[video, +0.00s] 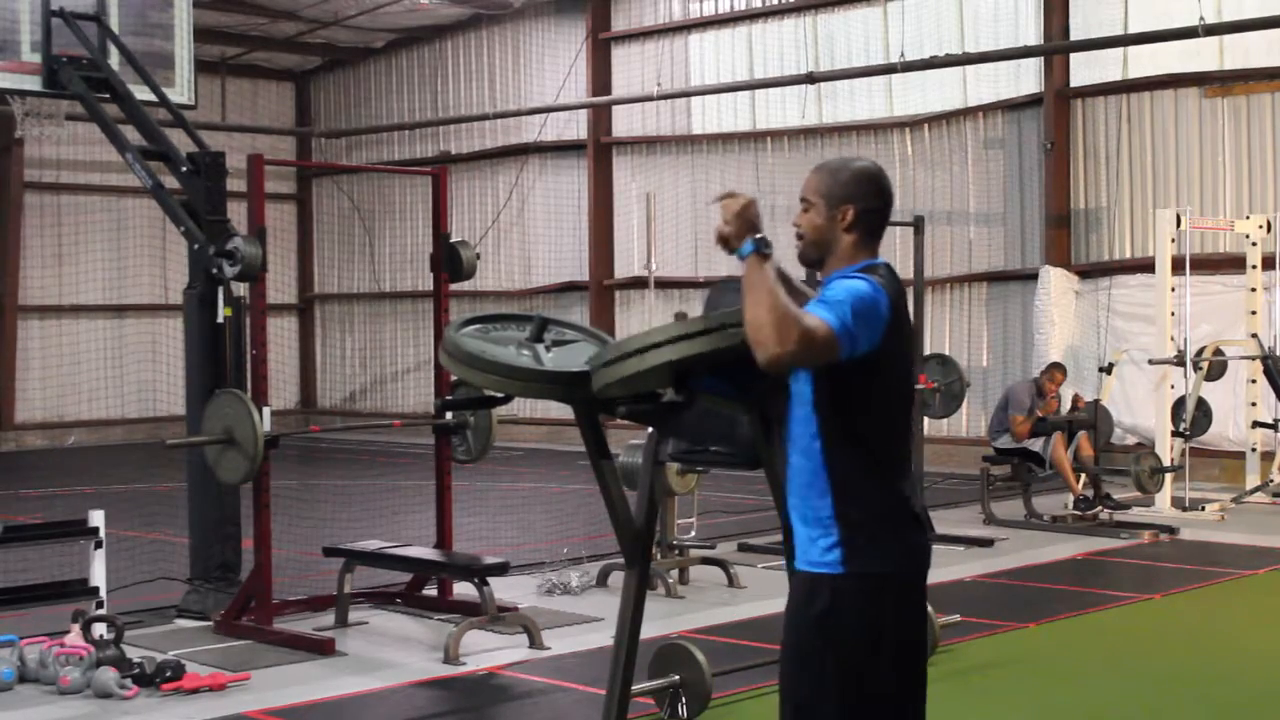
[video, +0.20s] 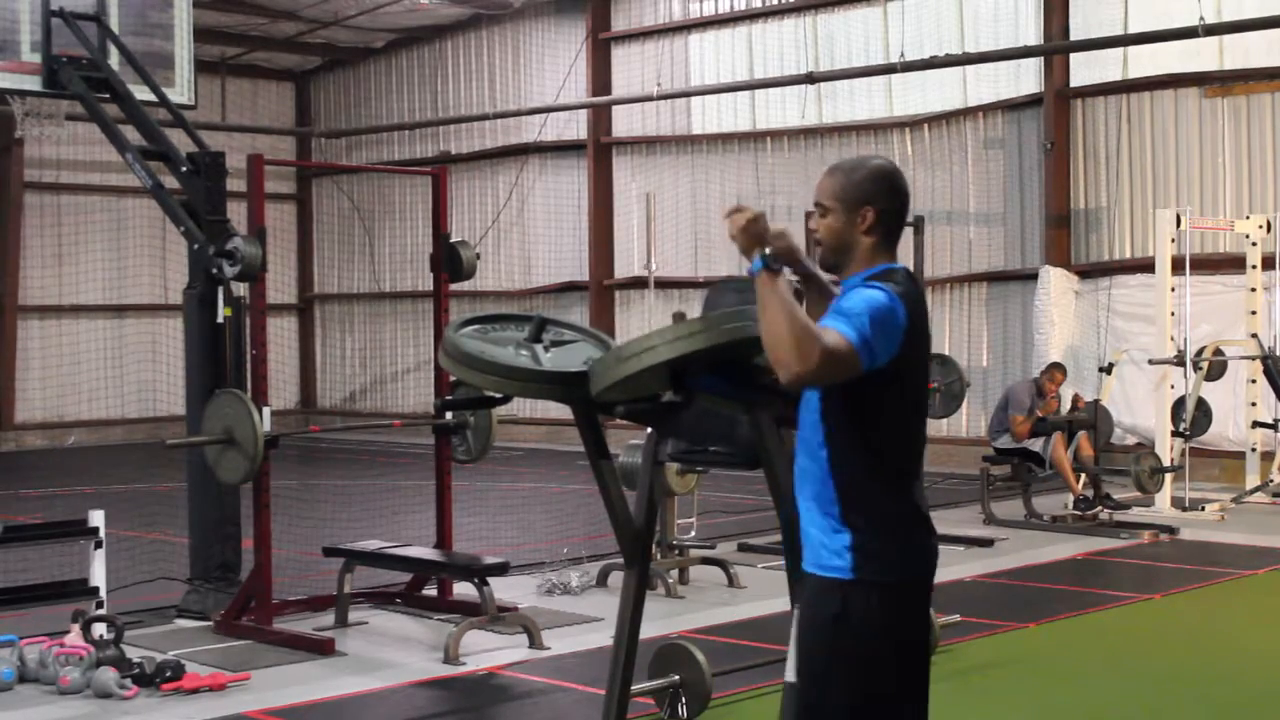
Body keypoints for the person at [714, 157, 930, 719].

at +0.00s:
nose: (796, 220)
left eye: (807, 208)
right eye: (799, 207)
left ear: (846, 219)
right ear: (849, 221)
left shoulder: (859, 292)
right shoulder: (856, 287)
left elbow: (779, 347)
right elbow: (810, 325)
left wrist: (749, 246)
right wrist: (761, 261)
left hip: (851, 565)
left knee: (829, 707)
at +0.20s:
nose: (811, 225)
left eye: (822, 212)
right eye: (812, 213)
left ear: (866, 222)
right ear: (865, 222)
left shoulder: (876, 299)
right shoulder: (884, 288)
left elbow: (799, 362)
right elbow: (840, 318)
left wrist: (761, 260)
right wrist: (801, 268)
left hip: (858, 572)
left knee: (832, 705)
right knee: (872, 705)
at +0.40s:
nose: (821, 240)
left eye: (830, 225)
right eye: (821, 226)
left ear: (877, 229)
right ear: (876, 231)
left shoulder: (899, 320)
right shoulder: (879, 309)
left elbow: (858, 433)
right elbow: (848, 417)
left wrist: (757, 356)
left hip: (884, 588)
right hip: (849, 578)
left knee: (878, 711)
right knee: (821, 707)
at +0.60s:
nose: (825, 232)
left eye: (836, 216)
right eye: (826, 217)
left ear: (884, 222)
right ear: (882, 224)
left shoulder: (917, 330)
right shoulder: (884, 313)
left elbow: (947, 477)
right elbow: (893, 457)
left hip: (906, 605)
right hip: (860, 595)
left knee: (901, 713)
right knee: (822, 709)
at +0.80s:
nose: (825, 226)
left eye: (838, 211)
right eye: (828, 211)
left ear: (887, 222)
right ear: (880, 225)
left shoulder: (929, 340)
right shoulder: (874, 312)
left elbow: (964, 485)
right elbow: (887, 455)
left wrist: (849, 534)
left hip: (909, 617)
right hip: (843, 603)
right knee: (806, 711)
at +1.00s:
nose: (791, 236)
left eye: (803, 219)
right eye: (793, 219)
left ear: (852, 223)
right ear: (845, 226)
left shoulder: (915, 338)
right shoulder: (829, 314)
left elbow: (916, 491)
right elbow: (840, 458)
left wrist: (785, 517)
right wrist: (800, 551)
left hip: (892, 626)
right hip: (809, 605)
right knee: (764, 711)